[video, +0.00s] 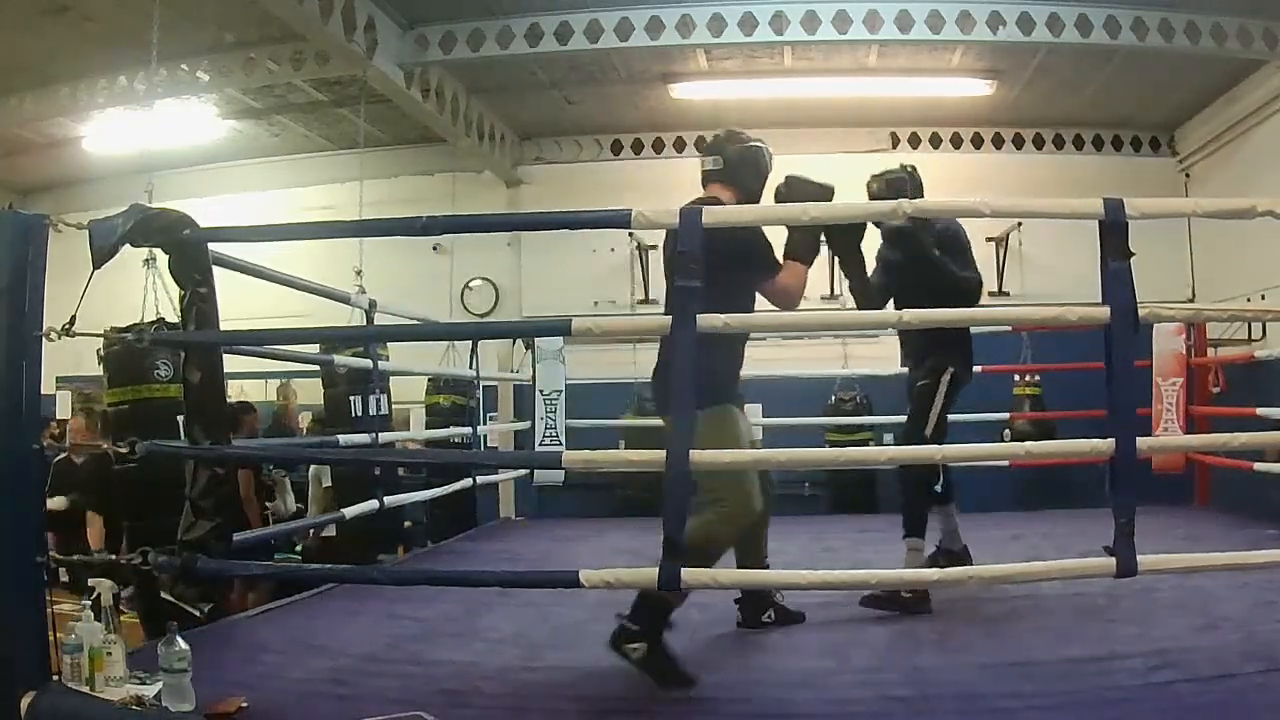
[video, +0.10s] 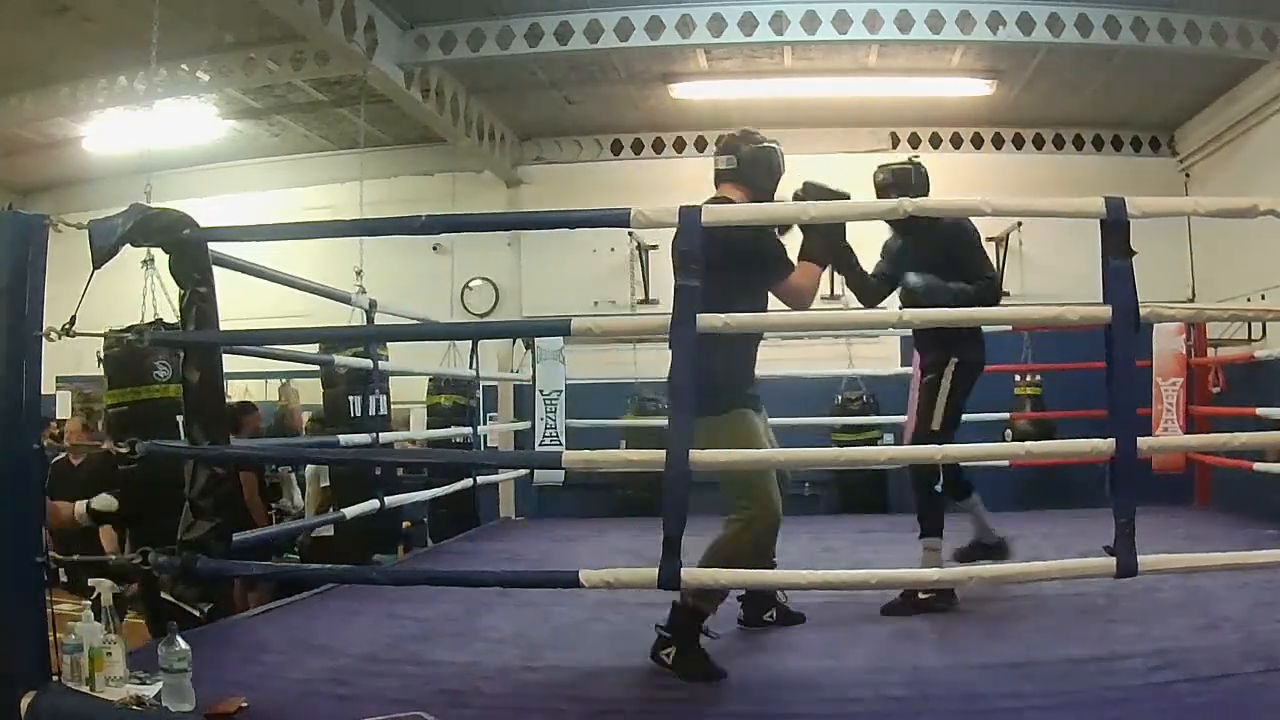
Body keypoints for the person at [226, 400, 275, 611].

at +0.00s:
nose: (257, 427)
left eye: (256, 421)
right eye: (253, 422)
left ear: (236, 427)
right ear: (240, 424)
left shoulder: (226, 449)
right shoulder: (246, 450)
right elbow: (247, 495)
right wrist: (259, 531)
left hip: (232, 526)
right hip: (248, 527)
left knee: (241, 579)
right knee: (264, 578)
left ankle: (237, 627)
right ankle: (256, 626)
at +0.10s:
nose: (259, 427)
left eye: (258, 421)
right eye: (254, 423)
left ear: (238, 426)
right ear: (241, 424)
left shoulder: (229, 448)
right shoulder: (248, 450)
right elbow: (251, 496)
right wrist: (267, 529)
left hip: (234, 525)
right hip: (250, 527)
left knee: (242, 578)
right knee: (261, 578)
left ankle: (242, 626)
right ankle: (260, 627)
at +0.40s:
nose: (271, 428)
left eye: (271, 423)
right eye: (267, 424)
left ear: (244, 428)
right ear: (254, 427)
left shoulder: (240, 449)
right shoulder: (264, 450)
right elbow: (266, 497)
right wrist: (282, 525)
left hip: (243, 521)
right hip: (263, 523)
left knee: (250, 579)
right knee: (268, 579)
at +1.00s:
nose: (282, 423)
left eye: (280, 419)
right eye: (279, 419)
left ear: (251, 425)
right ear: (273, 423)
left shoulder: (246, 452)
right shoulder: (279, 451)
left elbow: (240, 491)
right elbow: (291, 496)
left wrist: (238, 519)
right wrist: (307, 527)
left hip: (254, 524)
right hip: (280, 525)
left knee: (262, 592)